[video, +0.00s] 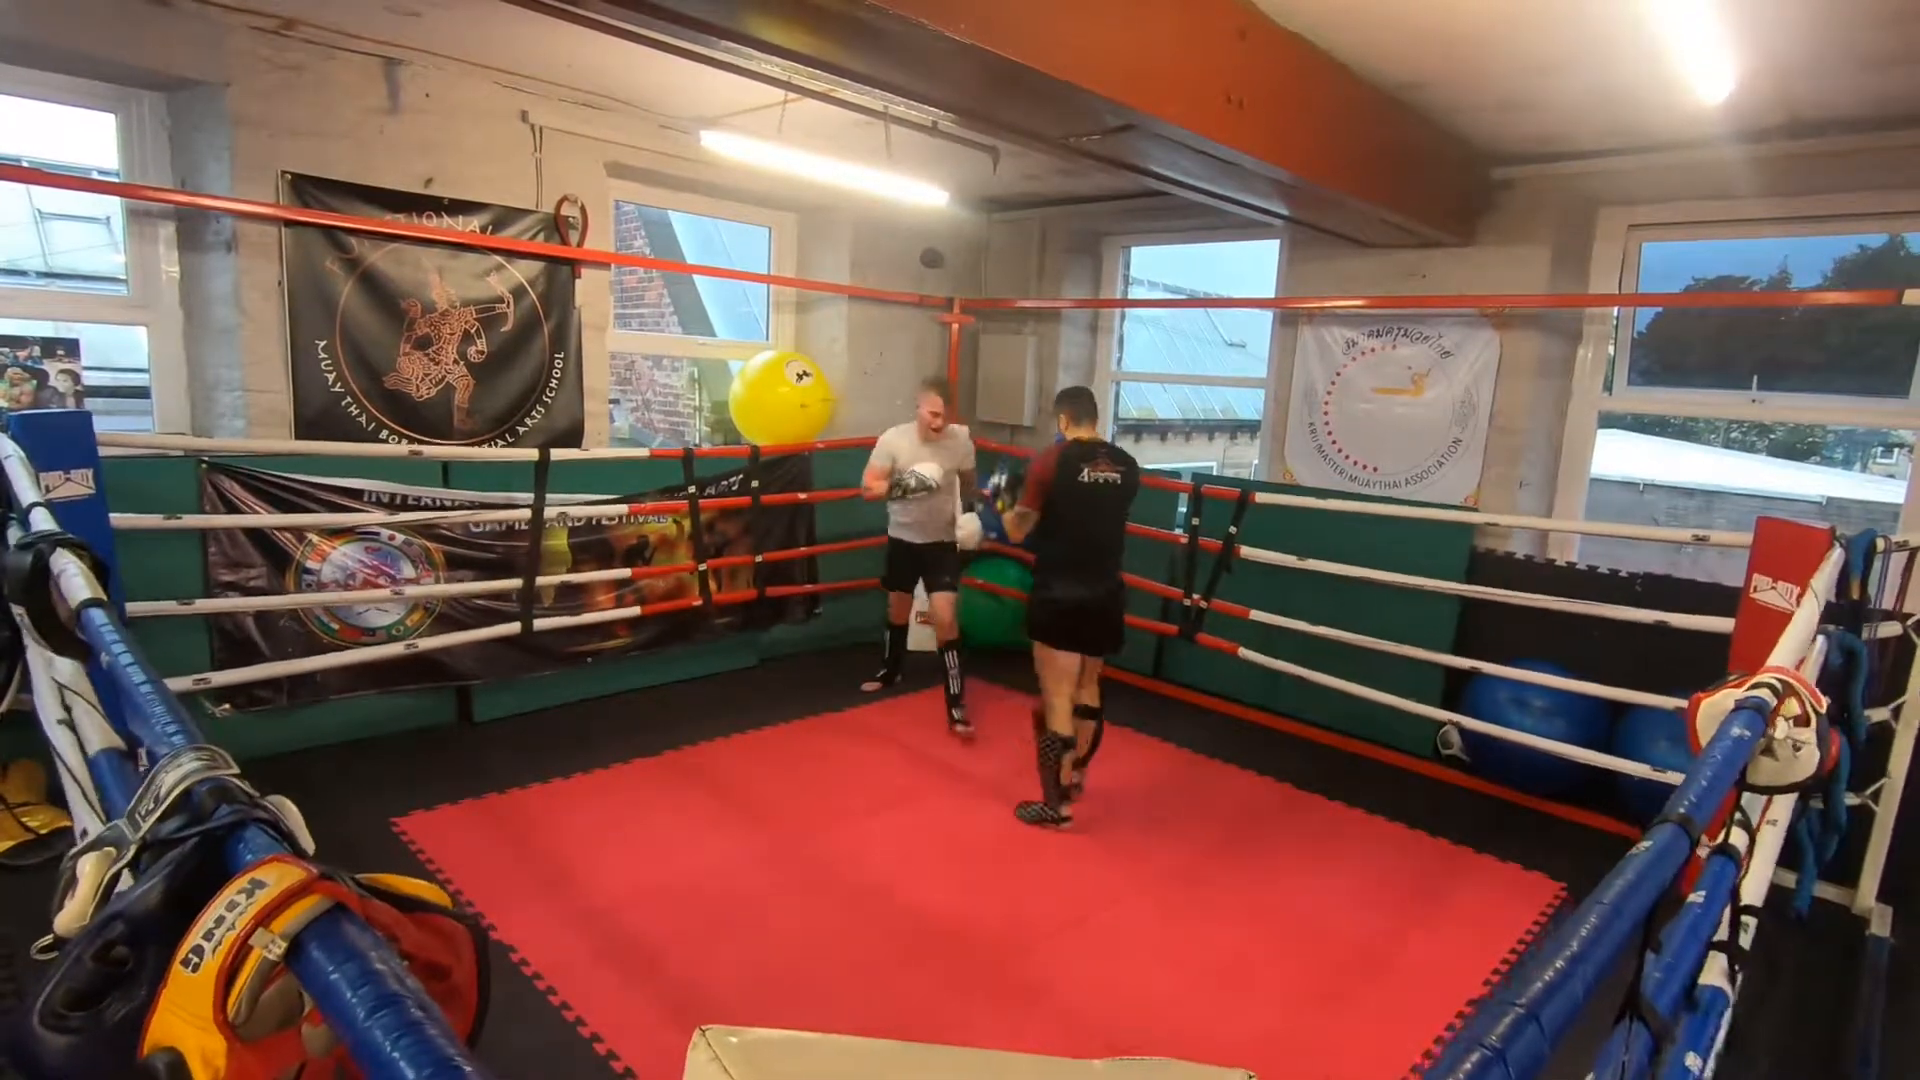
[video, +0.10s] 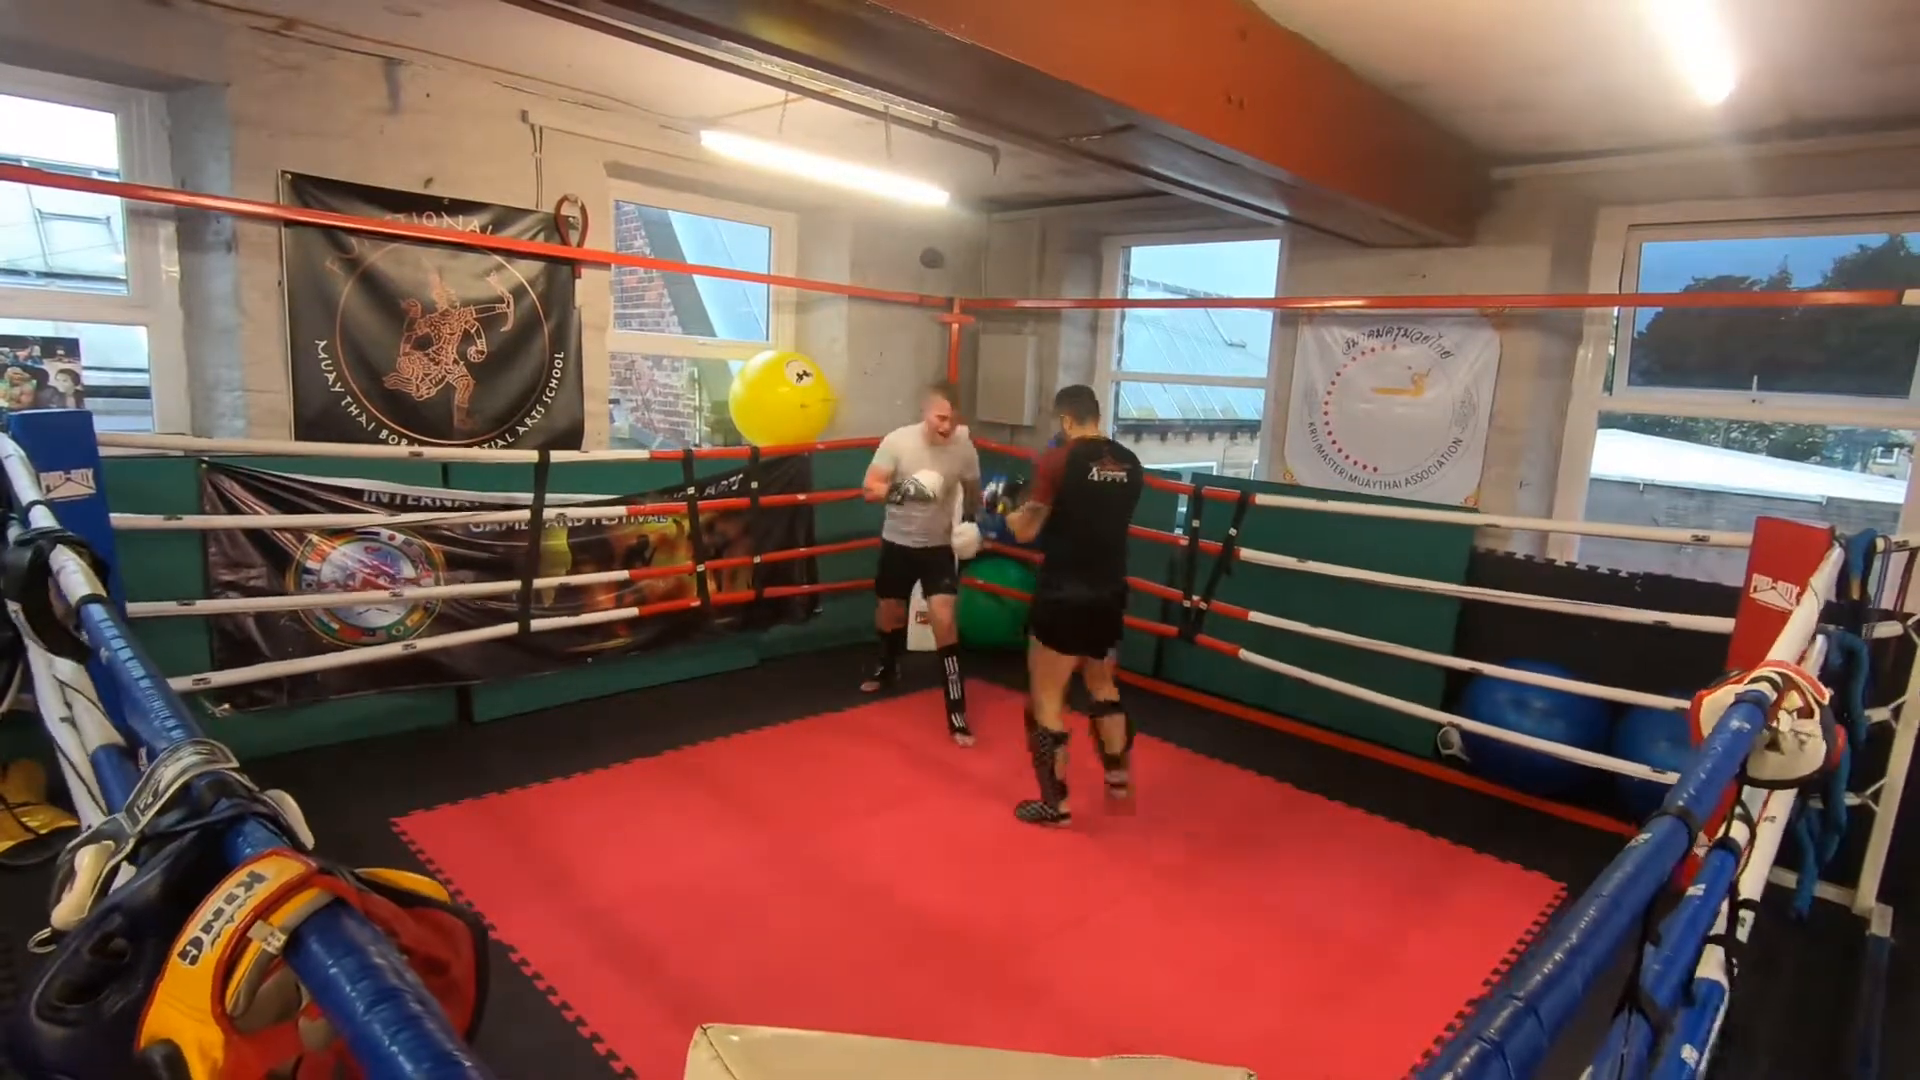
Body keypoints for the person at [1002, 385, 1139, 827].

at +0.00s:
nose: (1058, 428)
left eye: (1057, 422)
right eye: (1063, 422)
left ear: (1062, 421)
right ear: (1097, 420)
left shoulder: (1049, 462)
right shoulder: (1126, 466)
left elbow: (1018, 528)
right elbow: (1106, 517)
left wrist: (1008, 506)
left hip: (1056, 593)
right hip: (1104, 595)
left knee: (1059, 697)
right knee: (1088, 682)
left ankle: (1056, 802)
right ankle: (1076, 773)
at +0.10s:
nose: (1058, 429)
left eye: (1058, 422)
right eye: (1060, 423)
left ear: (1066, 421)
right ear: (1099, 419)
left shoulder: (1056, 460)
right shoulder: (1129, 464)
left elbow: (1025, 528)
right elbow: (1103, 519)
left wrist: (1003, 511)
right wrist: (1038, 505)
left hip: (1062, 595)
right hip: (1109, 596)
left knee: (1047, 697)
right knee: (1102, 682)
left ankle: (1054, 801)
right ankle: (1118, 780)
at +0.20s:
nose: (1059, 441)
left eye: (1058, 436)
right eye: (1060, 436)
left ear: (1067, 432)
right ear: (1098, 430)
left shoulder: (1066, 470)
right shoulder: (1125, 472)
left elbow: (1042, 540)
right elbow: (1097, 521)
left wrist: (1000, 531)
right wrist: (1056, 478)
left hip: (1070, 607)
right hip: (1118, 607)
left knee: (1011, 688)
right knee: (1126, 700)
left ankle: (1032, 787)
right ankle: (1180, 791)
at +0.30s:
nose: (1031, 463)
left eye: (1032, 456)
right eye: (1032, 456)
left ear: (1040, 457)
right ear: (1070, 452)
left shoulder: (1063, 492)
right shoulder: (1100, 490)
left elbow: (1078, 552)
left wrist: (1027, 582)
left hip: (1079, 632)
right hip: (1123, 630)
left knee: (994, 684)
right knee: (1146, 716)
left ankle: (990, 779)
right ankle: (1199, 813)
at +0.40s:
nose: (994, 457)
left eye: (995, 450)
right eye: (995, 450)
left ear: (1005, 451)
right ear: (1030, 448)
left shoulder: (1035, 489)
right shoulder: (1045, 479)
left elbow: (1078, 538)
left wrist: (1037, 593)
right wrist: (987, 431)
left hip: (1066, 618)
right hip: (1103, 613)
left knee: (993, 686)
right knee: (1138, 703)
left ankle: (988, 781)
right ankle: (1191, 798)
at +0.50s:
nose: (966, 439)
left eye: (969, 432)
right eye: (967, 432)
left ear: (984, 434)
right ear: (1003, 431)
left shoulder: (1011, 472)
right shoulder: (1016, 461)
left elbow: (1054, 526)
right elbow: (962, 449)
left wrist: (1014, 575)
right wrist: (914, 443)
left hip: (1040, 599)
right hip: (1073, 592)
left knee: (992, 685)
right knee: (1114, 682)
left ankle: (987, 781)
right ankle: (1167, 772)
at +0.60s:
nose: (949, 432)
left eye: (950, 425)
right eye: (948, 425)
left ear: (961, 423)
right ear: (980, 421)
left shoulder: (986, 462)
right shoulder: (990, 453)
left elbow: (1027, 519)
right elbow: (957, 481)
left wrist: (978, 555)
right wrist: (922, 454)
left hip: (1017, 586)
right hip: (1043, 579)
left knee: (983, 680)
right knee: (1074, 668)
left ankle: (986, 779)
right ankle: (1130, 753)